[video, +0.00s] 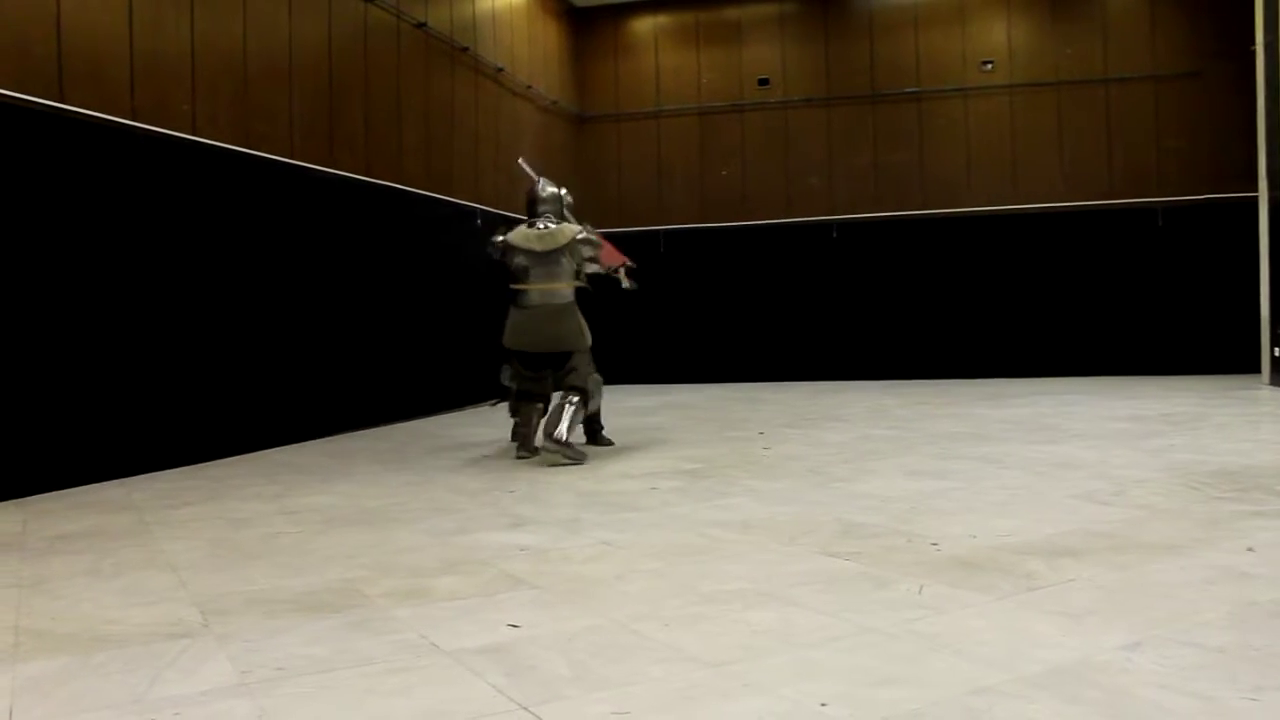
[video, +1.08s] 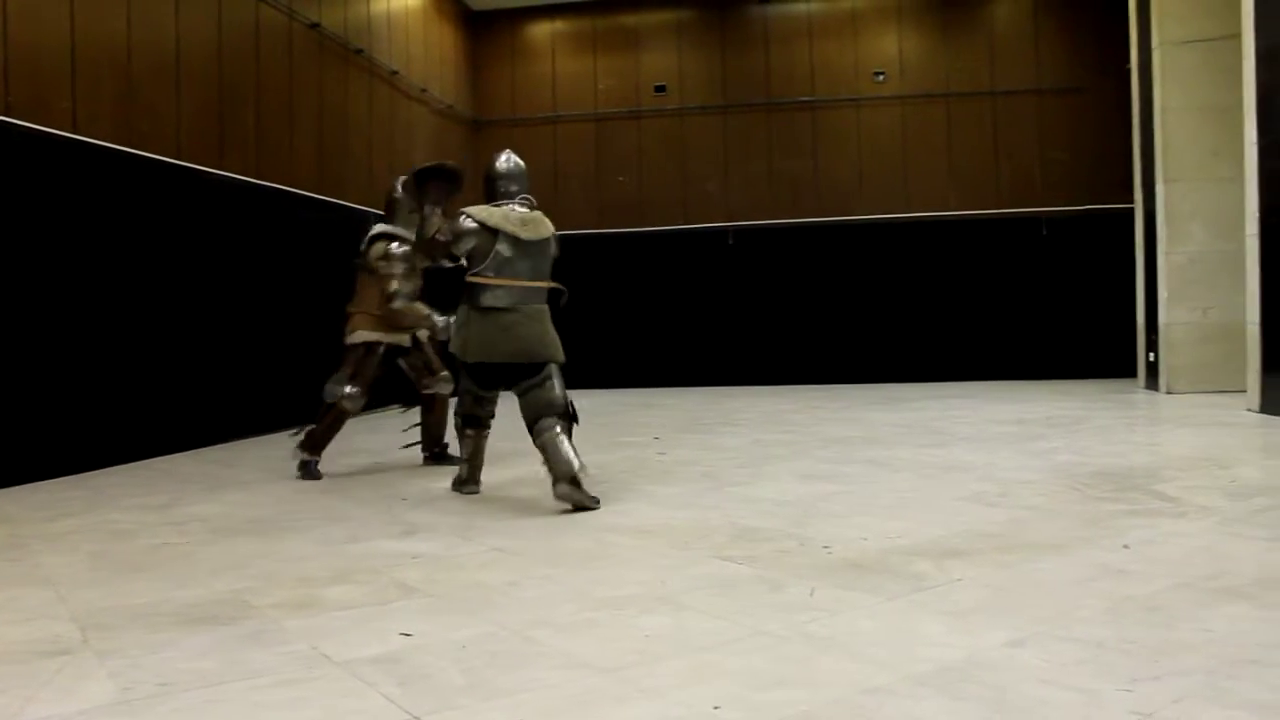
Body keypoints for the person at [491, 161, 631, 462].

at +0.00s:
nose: (566, 203)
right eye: (564, 199)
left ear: (530, 207)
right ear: (561, 207)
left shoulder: (513, 241)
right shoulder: (574, 238)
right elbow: (601, 262)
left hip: (526, 327)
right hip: (565, 328)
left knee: (529, 381)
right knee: (579, 379)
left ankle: (525, 442)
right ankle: (558, 434)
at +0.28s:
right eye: (570, 201)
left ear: (544, 199)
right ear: (571, 202)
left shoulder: (522, 229)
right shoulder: (581, 235)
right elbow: (608, 260)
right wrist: (603, 238)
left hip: (526, 318)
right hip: (567, 321)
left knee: (521, 385)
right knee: (581, 386)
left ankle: (512, 449)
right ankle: (565, 449)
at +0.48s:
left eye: (529, 194)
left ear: (524, 194)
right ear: (555, 196)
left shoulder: (506, 225)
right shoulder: (567, 235)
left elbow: (481, 264)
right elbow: (577, 275)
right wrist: (583, 250)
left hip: (510, 319)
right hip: (551, 320)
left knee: (506, 378)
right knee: (547, 388)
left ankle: (510, 430)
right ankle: (538, 455)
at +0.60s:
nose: (527, 196)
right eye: (534, 190)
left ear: (510, 189)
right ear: (543, 191)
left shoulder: (491, 221)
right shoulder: (560, 234)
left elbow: (469, 259)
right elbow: (562, 273)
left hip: (500, 323)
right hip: (543, 324)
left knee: (507, 392)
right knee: (540, 390)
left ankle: (512, 461)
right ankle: (534, 457)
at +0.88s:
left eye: (482, 176)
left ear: (480, 177)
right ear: (516, 176)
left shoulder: (465, 218)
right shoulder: (537, 216)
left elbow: (441, 273)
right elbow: (538, 251)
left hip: (483, 325)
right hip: (531, 323)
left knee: (484, 400)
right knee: (539, 394)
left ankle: (485, 473)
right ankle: (555, 456)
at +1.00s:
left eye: (489, 182)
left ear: (484, 184)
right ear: (520, 184)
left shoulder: (466, 225)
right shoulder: (538, 226)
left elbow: (449, 271)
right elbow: (542, 278)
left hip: (477, 334)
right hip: (528, 333)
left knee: (474, 397)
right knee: (544, 402)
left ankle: (474, 473)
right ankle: (568, 461)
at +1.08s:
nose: (504, 189)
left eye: (498, 183)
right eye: (514, 184)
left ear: (491, 186)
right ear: (526, 184)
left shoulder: (472, 223)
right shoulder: (545, 228)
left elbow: (433, 250)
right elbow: (546, 267)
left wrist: (427, 215)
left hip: (483, 332)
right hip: (533, 331)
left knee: (477, 396)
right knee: (544, 404)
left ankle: (470, 473)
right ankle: (565, 472)